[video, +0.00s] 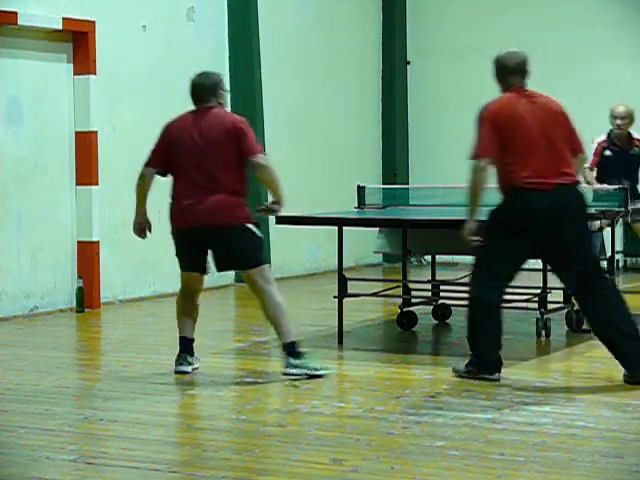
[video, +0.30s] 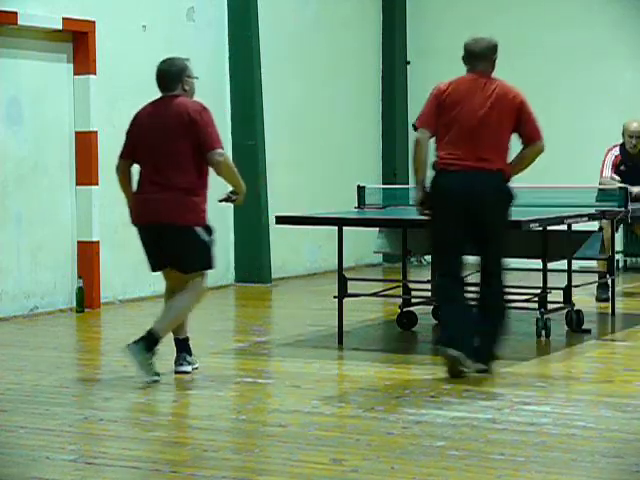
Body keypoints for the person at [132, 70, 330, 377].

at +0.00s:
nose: (227, 96)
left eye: (225, 91)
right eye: (225, 92)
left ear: (194, 97)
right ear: (220, 95)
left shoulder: (175, 128)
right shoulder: (235, 124)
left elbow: (147, 174)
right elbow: (258, 162)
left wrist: (140, 213)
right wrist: (278, 195)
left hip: (186, 222)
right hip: (230, 219)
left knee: (189, 287)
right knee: (264, 283)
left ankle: (185, 355)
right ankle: (293, 354)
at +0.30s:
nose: (195, 84)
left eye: (193, 79)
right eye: (192, 79)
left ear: (163, 83)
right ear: (184, 82)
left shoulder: (143, 115)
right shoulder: (195, 111)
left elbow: (123, 166)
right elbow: (217, 159)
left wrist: (132, 200)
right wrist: (240, 187)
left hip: (147, 214)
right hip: (184, 213)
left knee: (173, 282)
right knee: (197, 285)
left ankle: (183, 354)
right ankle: (146, 344)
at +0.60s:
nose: (172, 78)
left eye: (172, 73)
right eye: (170, 73)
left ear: (139, 77)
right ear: (159, 76)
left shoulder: (115, 106)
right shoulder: (163, 107)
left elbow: (93, 154)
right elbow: (173, 158)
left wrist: (87, 198)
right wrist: (197, 187)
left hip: (110, 209)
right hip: (144, 212)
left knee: (137, 281)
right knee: (145, 284)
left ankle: (131, 354)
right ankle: (123, 364)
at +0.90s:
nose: (148, 82)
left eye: (147, 77)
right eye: (145, 77)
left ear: (117, 81)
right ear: (132, 79)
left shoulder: (91, 108)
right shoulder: (131, 108)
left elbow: (72, 158)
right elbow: (131, 157)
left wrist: (89, 192)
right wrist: (160, 197)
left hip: (76, 210)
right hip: (113, 213)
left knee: (78, 284)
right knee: (127, 285)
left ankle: (59, 361)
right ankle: (122, 365)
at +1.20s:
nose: (136, 82)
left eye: (135, 76)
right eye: (133, 77)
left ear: (105, 79)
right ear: (119, 78)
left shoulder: (78, 106)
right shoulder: (116, 108)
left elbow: (57, 155)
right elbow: (115, 160)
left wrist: (67, 192)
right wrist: (141, 196)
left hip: (61, 211)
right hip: (97, 213)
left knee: (68, 285)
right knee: (116, 285)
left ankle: (57, 362)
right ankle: (121, 364)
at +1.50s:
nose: (148, 82)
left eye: (147, 77)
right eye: (145, 77)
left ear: (117, 81)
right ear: (132, 80)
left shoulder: (90, 109)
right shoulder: (130, 110)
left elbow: (69, 159)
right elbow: (132, 163)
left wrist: (74, 200)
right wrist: (159, 198)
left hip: (77, 214)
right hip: (114, 215)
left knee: (76, 288)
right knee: (141, 283)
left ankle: (58, 363)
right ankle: (138, 365)